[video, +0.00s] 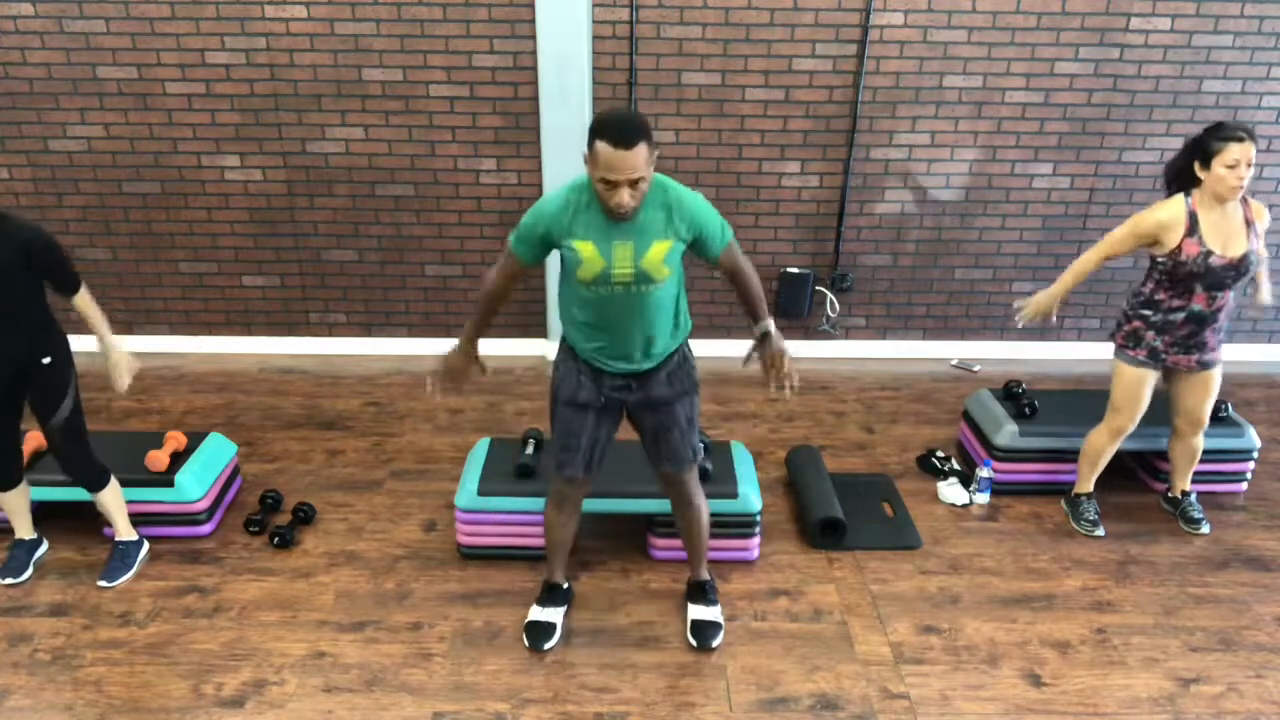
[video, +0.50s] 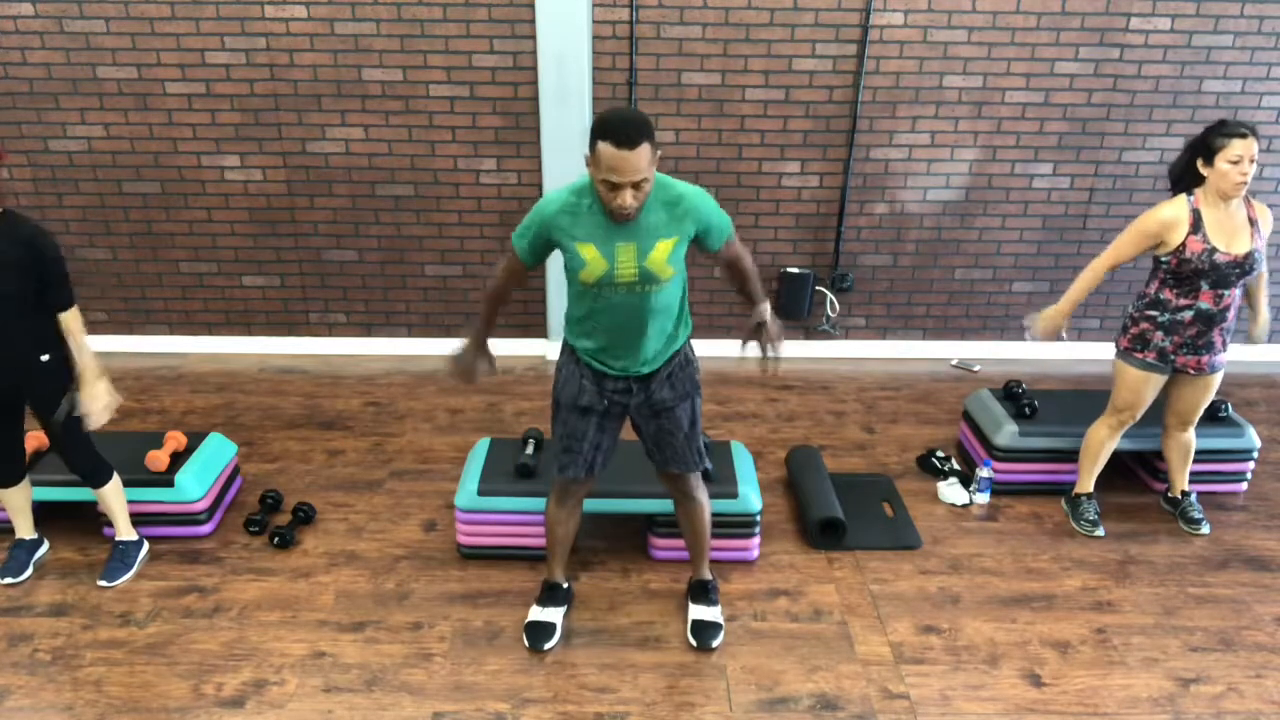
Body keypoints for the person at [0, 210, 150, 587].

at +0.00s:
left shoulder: (20, 237)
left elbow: (74, 289)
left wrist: (112, 345)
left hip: (43, 360)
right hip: (1, 370)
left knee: (75, 456)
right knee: (3, 461)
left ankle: (129, 539)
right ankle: (26, 539)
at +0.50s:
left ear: (8, 186)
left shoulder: (28, 239)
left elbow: (67, 311)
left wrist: (91, 378)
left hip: (41, 366)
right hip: (3, 376)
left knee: (79, 452)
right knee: (7, 460)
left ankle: (128, 538)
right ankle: (26, 539)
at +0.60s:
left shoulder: (22, 244)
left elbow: (52, 324)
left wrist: (46, 400)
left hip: (51, 362)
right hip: (8, 371)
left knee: (79, 452)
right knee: (6, 461)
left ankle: (129, 538)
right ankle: (26, 539)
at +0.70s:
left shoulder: (13, 256)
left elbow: (41, 337)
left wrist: (2, 395)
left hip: (66, 348)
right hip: (17, 354)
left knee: (77, 448)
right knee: (4, 448)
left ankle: (128, 538)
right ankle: (26, 539)